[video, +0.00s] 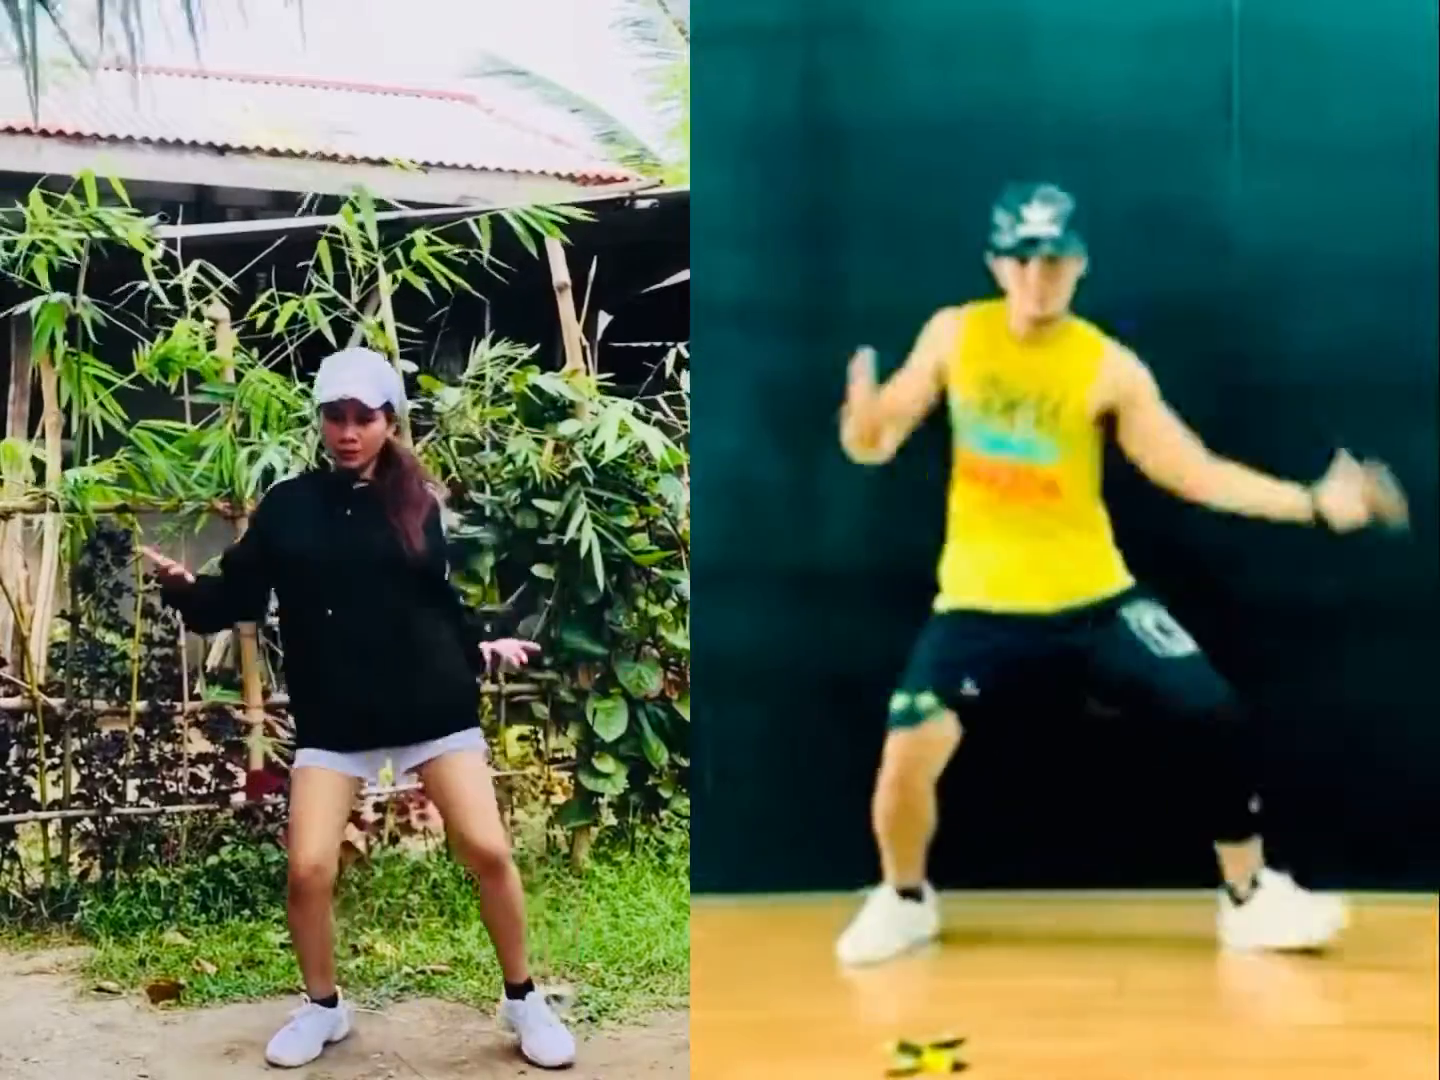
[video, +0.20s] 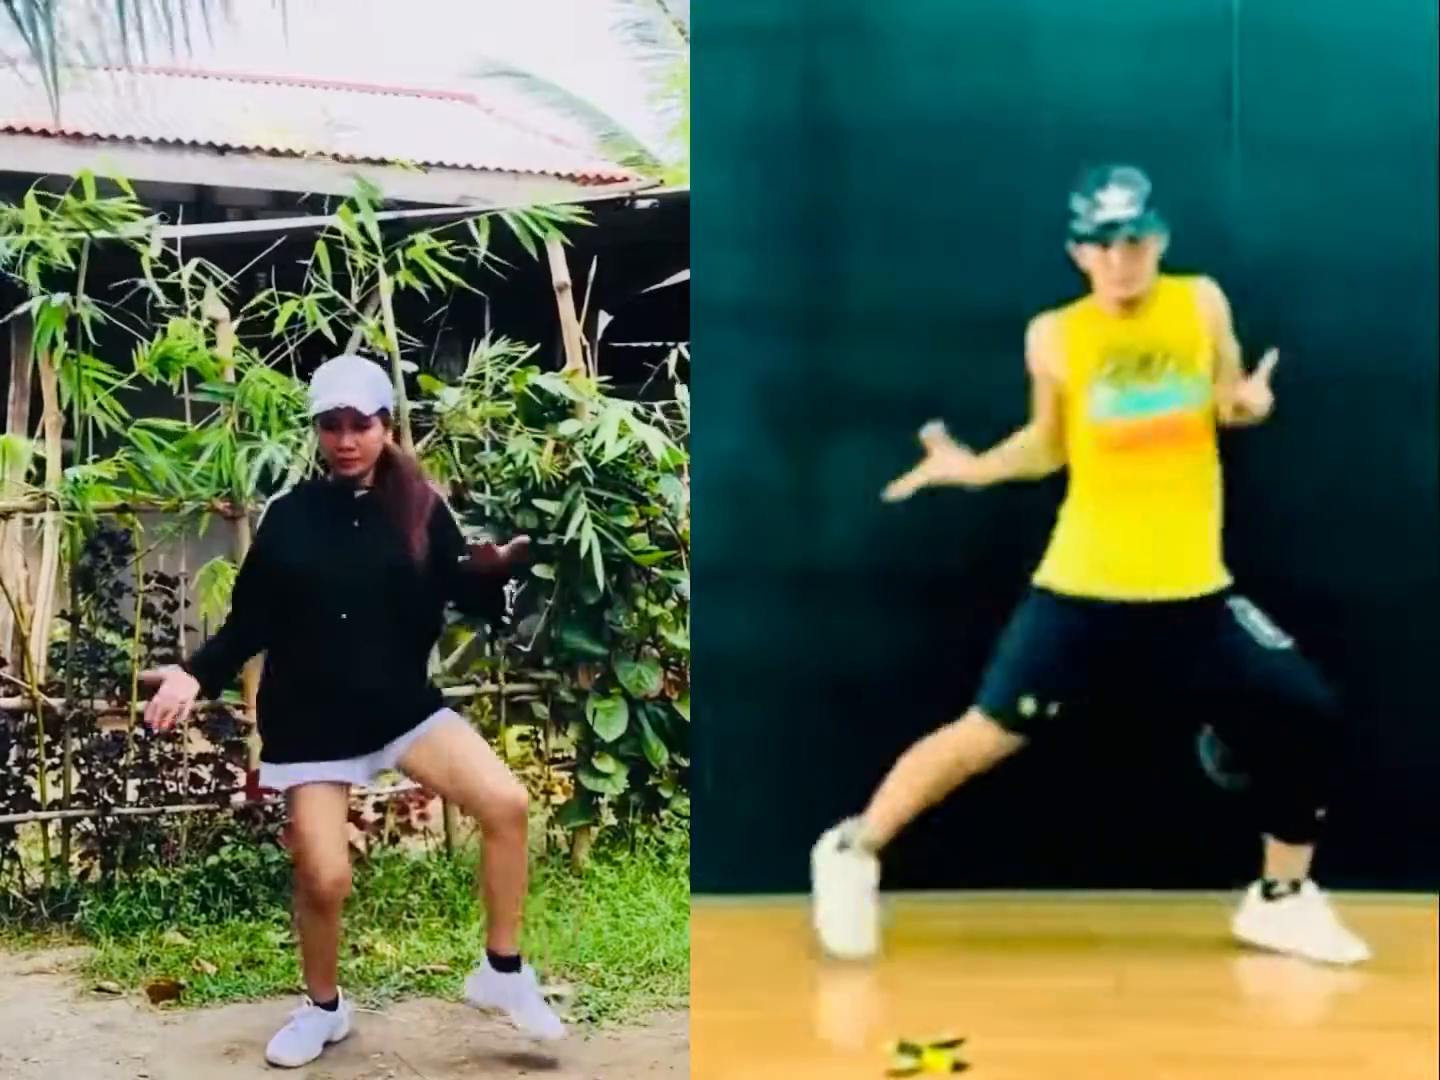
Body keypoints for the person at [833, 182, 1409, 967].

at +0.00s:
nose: (1038, 282)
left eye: (1054, 263)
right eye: (1022, 263)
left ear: (1077, 268)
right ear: (995, 265)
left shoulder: (1109, 370)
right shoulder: (953, 336)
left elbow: (1192, 471)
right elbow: (876, 441)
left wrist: (1313, 501)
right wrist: (861, 417)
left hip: (1093, 595)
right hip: (976, 600)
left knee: (1213, 715)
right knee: (907, 754)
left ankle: (1248, 895)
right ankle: (903, 900)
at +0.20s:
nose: (1121, 262)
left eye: (1135, 242)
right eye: (1104, 245)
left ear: (1160, 243)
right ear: (1079, 254)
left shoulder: (1203, 303)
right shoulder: (1055, 337)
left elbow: (1227, 395)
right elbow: (1047, 446)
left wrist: (1248, 400)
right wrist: (969, 468)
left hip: (1194, 588)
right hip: (1082, 589)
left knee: (1303, 710)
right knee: (990, 732)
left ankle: (1282, 894)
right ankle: (853, 850)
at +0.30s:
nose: (1152, 244)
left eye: (1165, 226)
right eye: (1135, 228)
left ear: (1189, 229)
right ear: (1110, 236)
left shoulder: (1232, 304)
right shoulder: (1086, 311)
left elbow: (1274, 391)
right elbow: (1080, 418)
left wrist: (1336, 388)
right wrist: (1043, 393)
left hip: (1219, 557)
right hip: (1112, 548)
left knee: (1295, 717)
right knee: (1012, 686)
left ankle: (1298, 888)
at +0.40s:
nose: (1178, 265)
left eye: (1192, 247)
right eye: (1161, 249)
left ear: (1214, 252)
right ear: (1132, 258)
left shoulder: (1254, 350)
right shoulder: (1097, 333)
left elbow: (1349, 445)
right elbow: (1026, 441)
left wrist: (1436, 447)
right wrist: (1023, 383)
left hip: (1239, 573)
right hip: (1142, 556)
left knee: (1273, 742)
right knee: (1048, 552)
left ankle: (1304, 891)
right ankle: (1099, 717)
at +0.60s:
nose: (1196, 250)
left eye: (1206, 232)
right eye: (1177, 236)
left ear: (1226, 232)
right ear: (1145, 247)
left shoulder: (1264, 297)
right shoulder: (1113, 331)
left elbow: (1292, 384)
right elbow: (1084, 447)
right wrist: (1006, 425)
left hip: (1249, 552)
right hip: (1141, 537)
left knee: (1317, 719)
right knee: (998, 646)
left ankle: (1305, 892)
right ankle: (963, 763)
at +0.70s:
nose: (1216, 242)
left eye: (1215, 228)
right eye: (1200, 230)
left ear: (1211, 235)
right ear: (1152, 244)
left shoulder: (1236, 303)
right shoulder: (1095, 317)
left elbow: (1259, 400)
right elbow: (1088, 421)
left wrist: (1335, 399)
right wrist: (1059, 394)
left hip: (1234, 574)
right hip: (1123, 576)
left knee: (1329, 718)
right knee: (1021, 725)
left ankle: (1312, 880)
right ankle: (913, 815)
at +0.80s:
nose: (1192, 289)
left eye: (1195, 274)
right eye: (1175, 274)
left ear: (1200, 280)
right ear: (1126, 281)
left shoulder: (1215, 371)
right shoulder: (1057, 350)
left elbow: (1293, 471)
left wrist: (1412, 469)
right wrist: (1017, 423)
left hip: (1215, 605)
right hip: (1101, 610)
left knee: (1315, 731)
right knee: (1030, 775)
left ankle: (1313, 884)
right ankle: (952, 891)